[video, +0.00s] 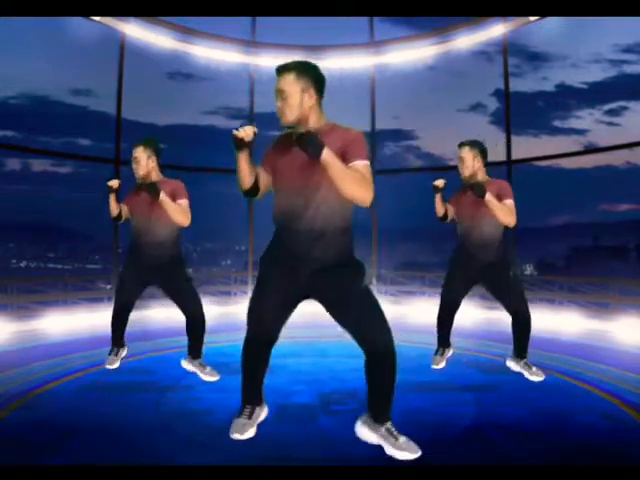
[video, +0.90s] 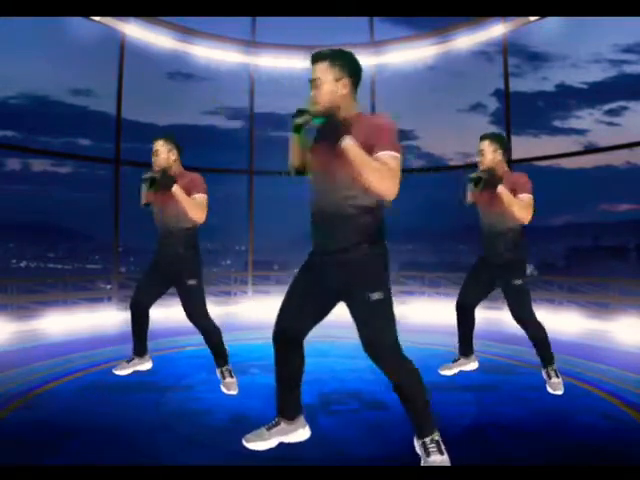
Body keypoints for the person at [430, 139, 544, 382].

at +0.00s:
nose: (461, 164)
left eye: (465, 159)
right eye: (460, 160)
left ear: (479, 160)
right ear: (462, 163)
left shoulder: (500, 188)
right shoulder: (461, 195)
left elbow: (510, 220)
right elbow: (444, 215)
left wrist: (486, 196)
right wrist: (438, 194)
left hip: (496, 264)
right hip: (465, 263)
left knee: (520, 312)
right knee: (447, 305)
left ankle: (519, 358)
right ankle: (443, 347)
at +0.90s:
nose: (480, 158)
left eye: (485, 152)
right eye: (479, 153)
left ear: (501, 154)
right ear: (481, 157)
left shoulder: (519, 180)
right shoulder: (480, 183)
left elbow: (524, 215)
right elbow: (469, 200)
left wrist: (501, 190)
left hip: (512, 262)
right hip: (488, 260)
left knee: (524, 317)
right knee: (464, 304)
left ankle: (549, 368)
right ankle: (466, 357)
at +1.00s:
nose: (479, 160)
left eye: (483, 155)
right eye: (478, 155)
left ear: (496, 157)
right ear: (482, 158)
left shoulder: (502, 183)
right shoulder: (489, 180)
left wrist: (468, 181)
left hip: (503, 259)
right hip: (486, 257)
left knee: (510, 315)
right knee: (464, 301)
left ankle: (554, 362)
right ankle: (466, 356)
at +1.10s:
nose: (479, 161)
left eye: (482, 156)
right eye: (478, 157)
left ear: (494, 157)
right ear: (492, 158)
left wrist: (423, 171)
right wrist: (427, 171)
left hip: (500, 260)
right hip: (489, 258)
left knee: (509, 317)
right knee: (462, 301)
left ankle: (555, 362)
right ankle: (465, 357)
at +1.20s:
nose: (475, 161)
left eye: (477, 156)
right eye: (475, 156)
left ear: (489, 156)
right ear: (490, 156)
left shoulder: (498, 176)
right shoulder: (495, 178)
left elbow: (465, 187)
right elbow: (482, 202)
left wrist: (445, 177)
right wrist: (461, 185)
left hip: (501, 258)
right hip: (489, 257)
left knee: (513, 315)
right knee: (463, 302)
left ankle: (553, 364)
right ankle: (466, 357)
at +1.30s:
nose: (473, 161)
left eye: (476, 156)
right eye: (473, 157)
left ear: (490, 155)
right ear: (484, 157)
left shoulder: (509, 178)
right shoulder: (483, 182)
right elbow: (475, 208)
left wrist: (479, 185)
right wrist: (473, 189)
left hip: (508, 259)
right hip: (487, 258)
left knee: (521, 314)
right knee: (466, 303)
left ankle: (551, 367)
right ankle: (466, 357)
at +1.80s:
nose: (492, 157)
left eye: (497, 152)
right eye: (488, 153)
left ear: (509, 154)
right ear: (486, 158)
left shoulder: (526, 178)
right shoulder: (491, 189)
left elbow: (537, 211)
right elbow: (477, 216)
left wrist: (507, 183)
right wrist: (468, 198)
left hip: (522, 261)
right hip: (494, 260)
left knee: (533, 318)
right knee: (460, 292)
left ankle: (553, 371)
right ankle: (456, 346)